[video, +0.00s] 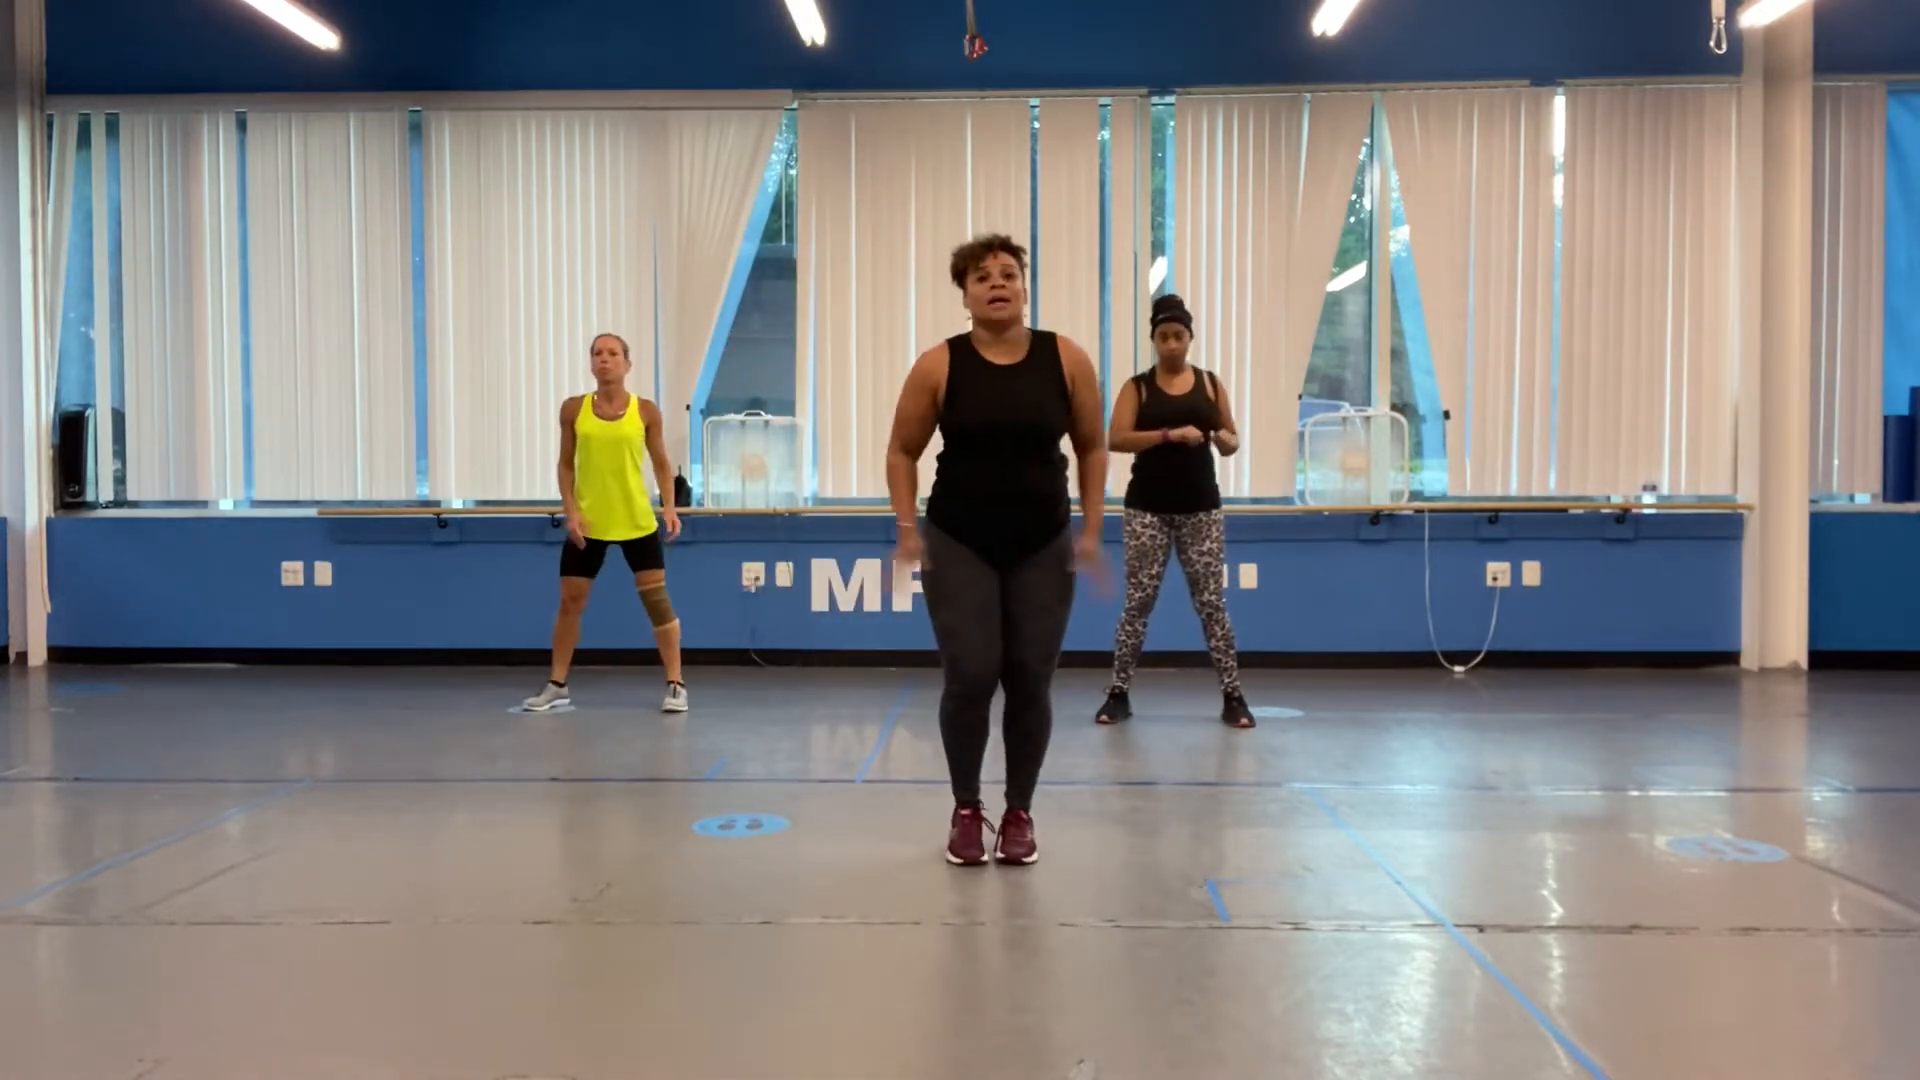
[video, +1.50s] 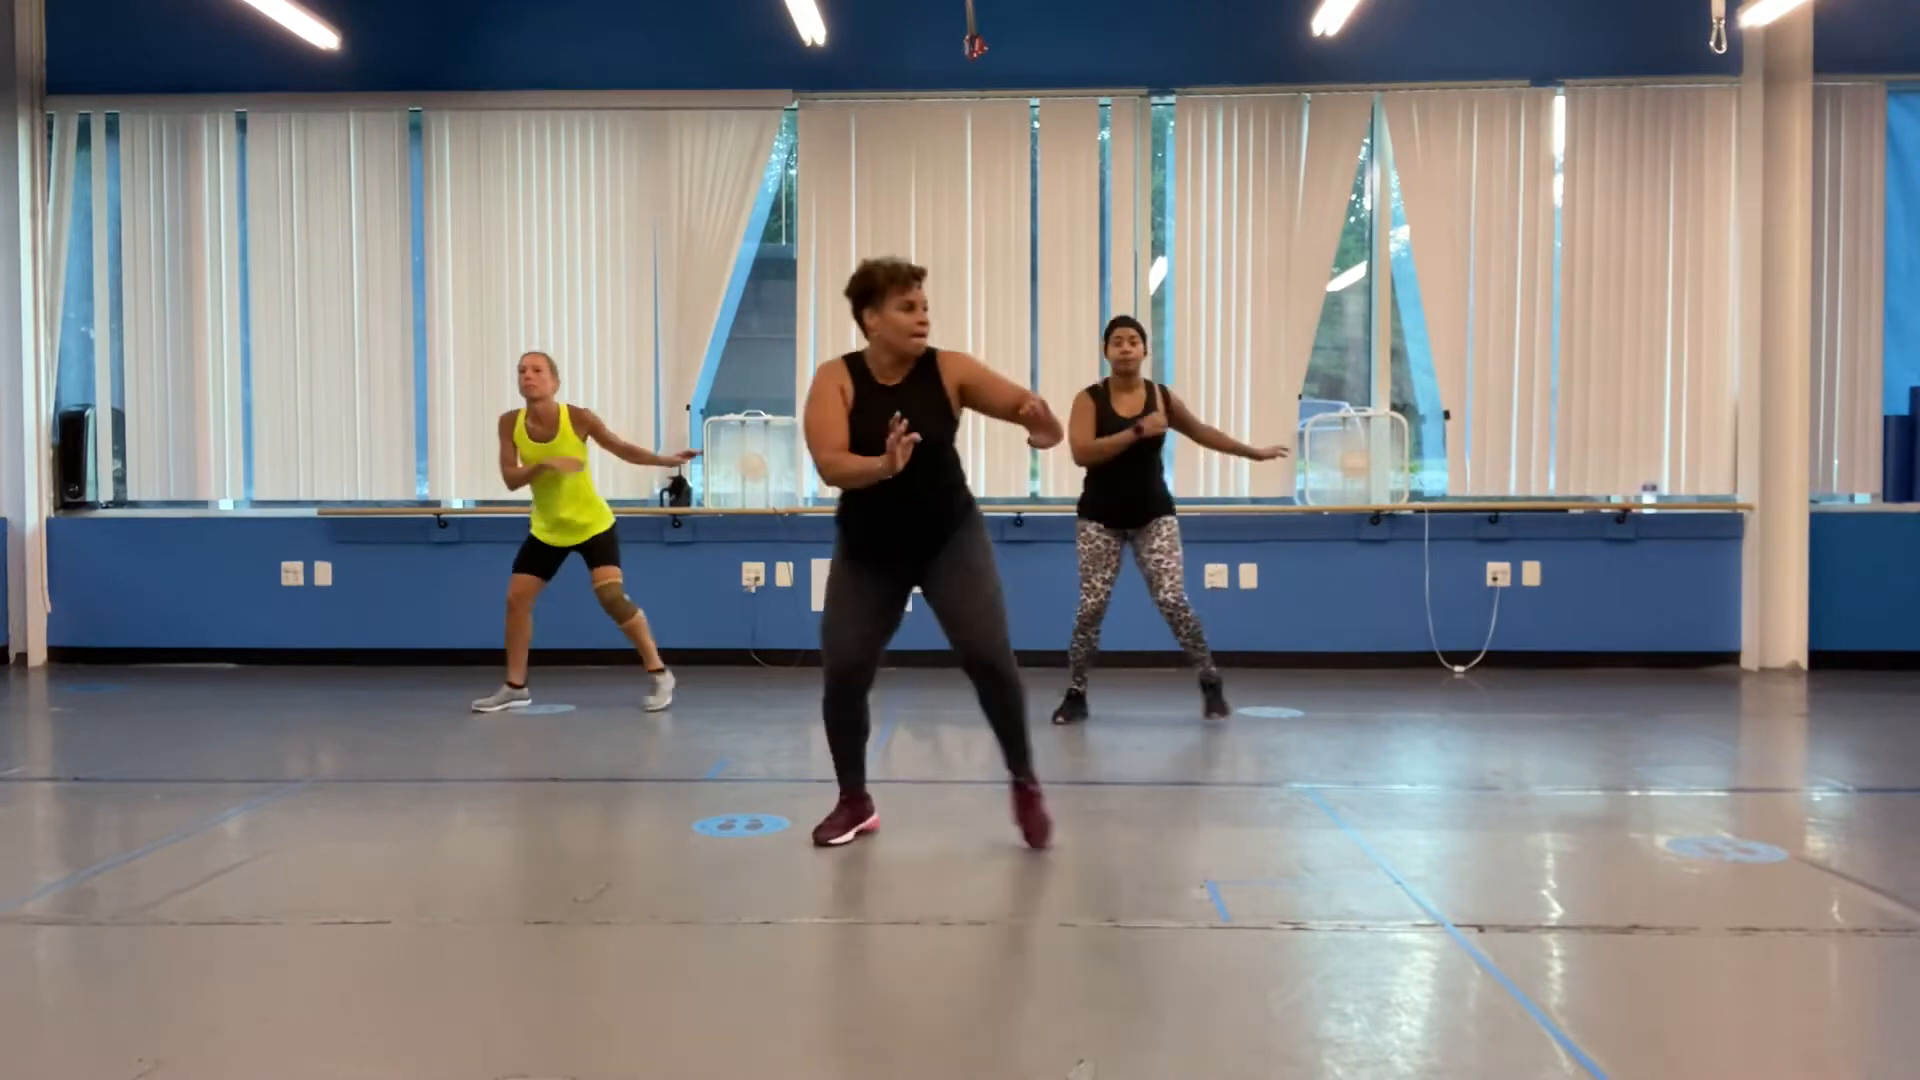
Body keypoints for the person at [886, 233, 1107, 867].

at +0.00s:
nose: (999, 285)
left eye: (1009, 276)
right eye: (984, 279)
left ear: (1025, 287)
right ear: (965, 295)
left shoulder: (1066, 360)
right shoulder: (938, 367)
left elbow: (1091, 447)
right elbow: (903, 451)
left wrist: (1091, 527)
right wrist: (908, 524)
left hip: (1044, 540)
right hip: (958, 540)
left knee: (1029, 679)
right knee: (971, 674)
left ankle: (1018, 815)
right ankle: (967, 809)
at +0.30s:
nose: (989, 303)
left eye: (999, 292)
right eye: (975, 292)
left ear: (1014, 303)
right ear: (953, 305)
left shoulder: (1046, 372)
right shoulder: (924, 378)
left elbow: (1078, 467)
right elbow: (919, 478)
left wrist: (1109, 553)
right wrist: (923, 568)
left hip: (1039, 550)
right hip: (956, 553)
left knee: (1036, 680)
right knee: (952, 677)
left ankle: (1020, 814)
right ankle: (977, 807)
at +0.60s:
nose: (967, 317)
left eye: (980, 308)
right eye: (955, 306)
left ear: (996, 320)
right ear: (934, 315)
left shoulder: (1021, 396)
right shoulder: (904, 365)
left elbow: (1076, 464)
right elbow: (847, 418)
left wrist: (1115, 466)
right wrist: (936, 427)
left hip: (1002, 541)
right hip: (923, 547)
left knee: (981, 642)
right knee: (912, 687)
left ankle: (1067, 732)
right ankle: (927, 808)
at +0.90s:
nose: (971, 319)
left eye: (983, 307)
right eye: (957, 309)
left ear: (1002, 315)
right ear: (940, 322)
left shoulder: (1033, 367)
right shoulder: (919, 368)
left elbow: (1057, 456)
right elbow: (834, 374)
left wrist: (992, 460)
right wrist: (796, 423)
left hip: (1007, 537)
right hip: (926, 537)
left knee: (1033, 660)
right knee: (924, 669)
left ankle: (1033, 776)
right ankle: (921, 803)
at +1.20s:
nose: (965, 332)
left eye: (976, 321)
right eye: (952, 322)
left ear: (993, 327)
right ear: (933, 331)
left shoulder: (1031, 390)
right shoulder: (911, 406)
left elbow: (1083, 461)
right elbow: (907, 498)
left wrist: (1058, 506)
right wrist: (855, 520)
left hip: (1022, 554)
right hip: (940, 558)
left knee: (1047, 675)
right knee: (922, 668)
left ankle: (1051, 805)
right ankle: (933, 790)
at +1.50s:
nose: (922, 317)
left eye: (924, 306)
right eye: (908, 308)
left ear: (927, 311)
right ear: (869, 319)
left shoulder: (950, 370)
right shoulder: (836, 380)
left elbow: (1022, 406)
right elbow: (831, 466)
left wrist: (1043, 423)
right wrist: (884, 464)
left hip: (951, 538)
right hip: (870, 546)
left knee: (988, 658)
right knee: (843, 673)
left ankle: (1025, 783)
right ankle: (853, 799)